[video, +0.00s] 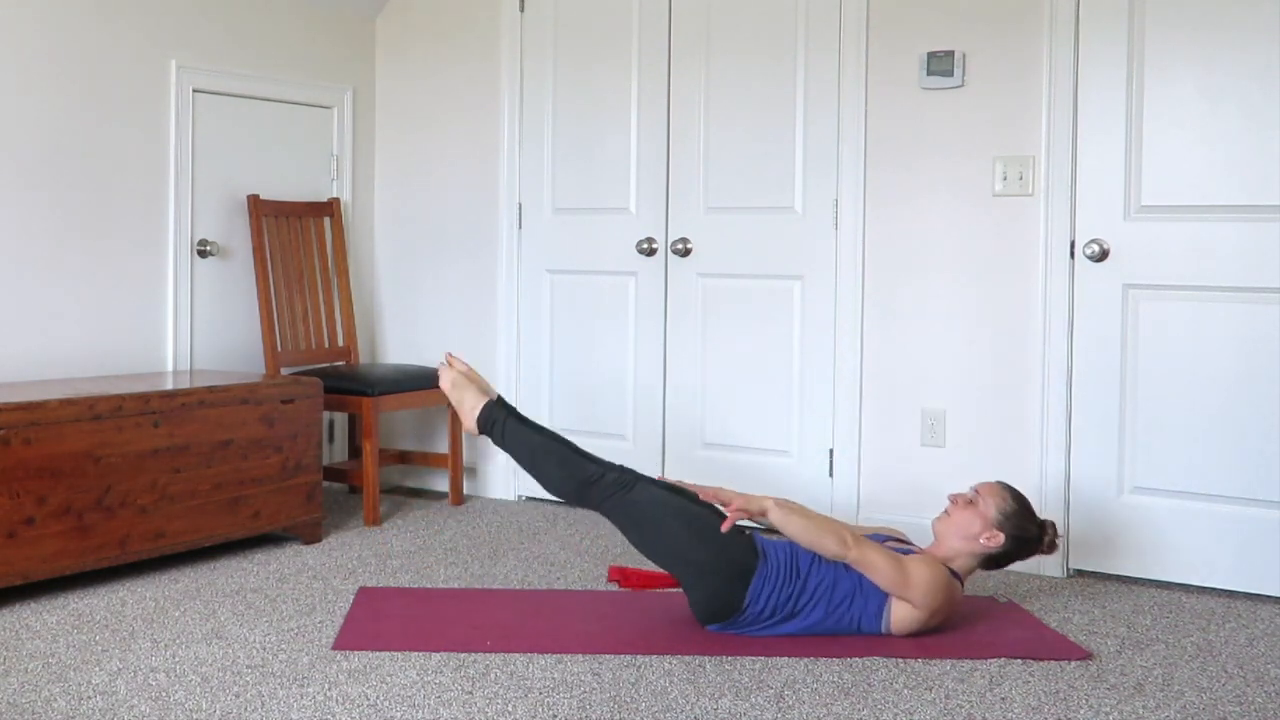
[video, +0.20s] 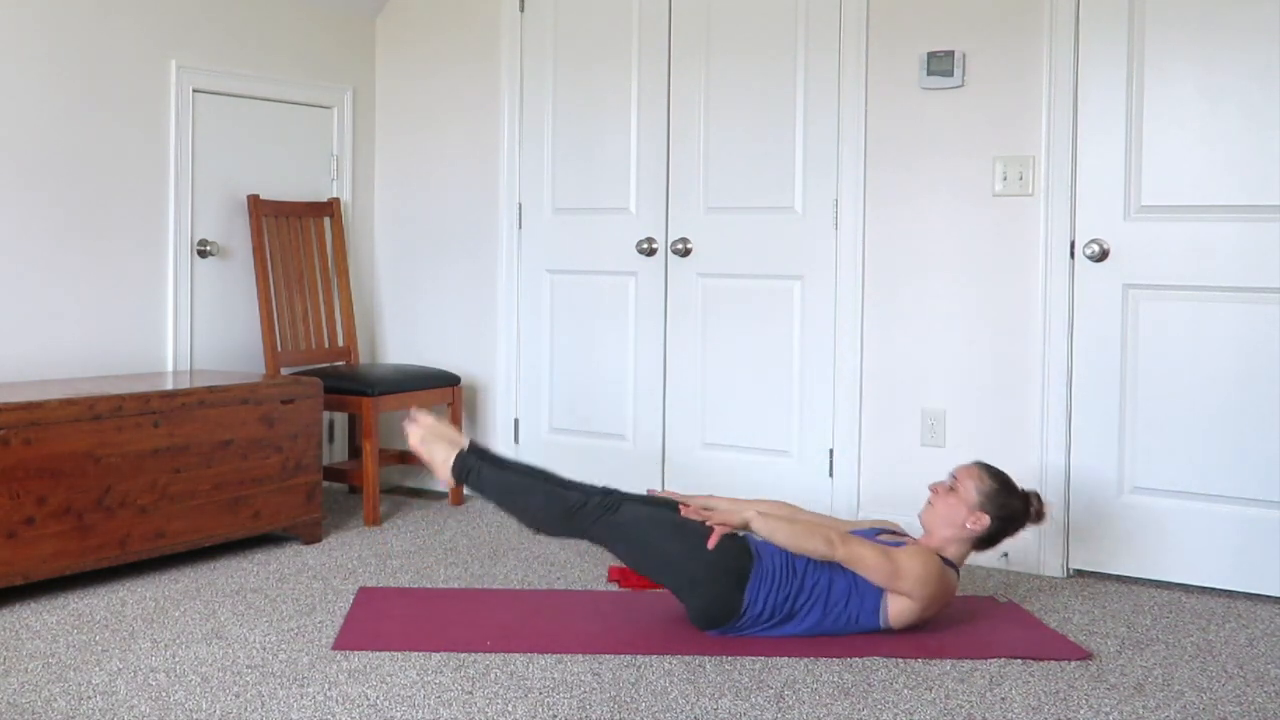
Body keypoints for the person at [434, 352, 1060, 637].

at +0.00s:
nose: (953, 501)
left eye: (969, 505)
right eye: (966, 496)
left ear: (985, 543)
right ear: (967, 527)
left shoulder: (930, 585)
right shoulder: (912, 559)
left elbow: (843, 543)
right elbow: (822, 533)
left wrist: (767, 509)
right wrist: (744, 504)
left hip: (739, 582)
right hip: (740, 563)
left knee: (606, 484)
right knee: (607, 480)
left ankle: (484, 409)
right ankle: (486, 414)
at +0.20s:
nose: (932, 495)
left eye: (949, 495)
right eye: (941, 487)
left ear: (973, 529)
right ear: (948, 508)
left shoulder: (925, 577)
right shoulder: (904, 543)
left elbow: (833, 548)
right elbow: (815, 524)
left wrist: (744, 517)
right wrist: (729, 507)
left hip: (736, 586)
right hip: (739, 565)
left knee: (598, 510)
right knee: (602, 504)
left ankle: (456, 458)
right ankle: (462, 463)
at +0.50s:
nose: (862, 408)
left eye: (877, 404)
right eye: (870, 399)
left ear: (908, 430)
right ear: (891, 421)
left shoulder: (887, 495)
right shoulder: (850, 468)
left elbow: (788, 509)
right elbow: (754, 482)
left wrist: (689, 514)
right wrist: (674, 501)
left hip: (729, 593)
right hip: (721, 564)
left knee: (611, 467)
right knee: (611, 463)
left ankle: (472, 518)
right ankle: (471, 506)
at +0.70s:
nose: (798, 364)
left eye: (811, 360)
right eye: (806, 356)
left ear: (843, 385)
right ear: (840, 388)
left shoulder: (830, 456)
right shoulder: (806, 438)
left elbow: (733, 486)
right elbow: (721, 468)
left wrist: (638, 508)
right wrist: (630, 496)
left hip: (719, 598)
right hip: (714, 578)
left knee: (669, 433)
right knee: (663, 429)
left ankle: (530, 484)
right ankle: (530, 469)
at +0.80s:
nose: (781, 355)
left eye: (795, 350)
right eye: (789, 346)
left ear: (827, 374)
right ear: (822, 374)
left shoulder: (814, 445)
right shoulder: (783, 431)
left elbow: (715, 480)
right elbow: (699, 468)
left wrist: (620, 504)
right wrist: (597, 489)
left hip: (717, 597)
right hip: (708, 583)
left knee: (692, 430)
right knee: (688, 427)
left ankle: (554, 466)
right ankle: (557, 455)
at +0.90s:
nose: (791, 356)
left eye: (805, 352)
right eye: (799, 347)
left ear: (835, 376)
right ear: (831, 377)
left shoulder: (820, 449)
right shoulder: (795, 433)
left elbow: (720, 480)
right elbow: (703, 465)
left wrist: (625, 498)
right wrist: (613, 484)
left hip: (719, 598)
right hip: (712, 581)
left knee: (687, 431)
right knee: (682, 428)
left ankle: (545, 467)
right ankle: (545, 452)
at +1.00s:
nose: (823, 373)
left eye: (837, 370)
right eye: (832, 364)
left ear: (865, 396)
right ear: (861, 395)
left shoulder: (848, 466)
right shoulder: (824, 447)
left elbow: (740, 486)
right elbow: (731, 465)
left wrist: (646, 498)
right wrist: (644, 484)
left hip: (720, 595)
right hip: (718, 575)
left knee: (649, 438)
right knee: (647, 435)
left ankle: (510, 474)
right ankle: (511, 461)